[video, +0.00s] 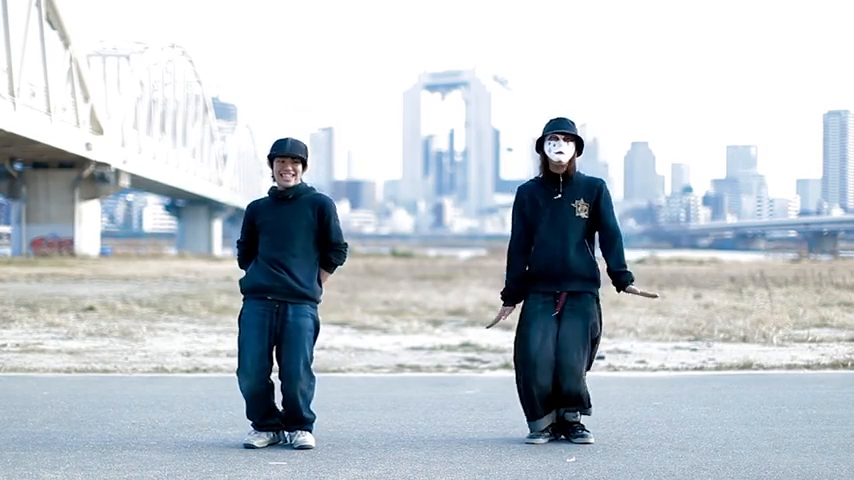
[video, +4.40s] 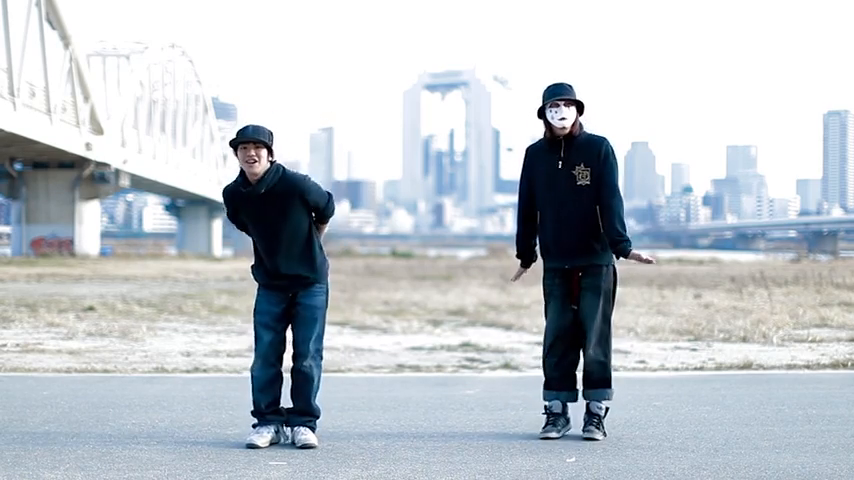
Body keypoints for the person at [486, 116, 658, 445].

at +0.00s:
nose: (559, 146)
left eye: (566, 141)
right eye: (553, 141)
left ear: (576, 148)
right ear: (543, 147)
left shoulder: (593, 188)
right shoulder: (527, 192)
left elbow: (610, 236)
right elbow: (518, 245)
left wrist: (621, 277)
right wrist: (510, 293)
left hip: (580, 288)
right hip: (539, 289)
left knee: (572, 354)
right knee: (534, 354)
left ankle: (571, 420)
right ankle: (544, 424)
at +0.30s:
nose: (535, 108)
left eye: (543, 106)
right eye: (530, 103)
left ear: (554, 117)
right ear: (520, 111)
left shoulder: (562, 150)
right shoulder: (515, 157)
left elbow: (593, 195)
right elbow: (522, 212)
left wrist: (631, 235)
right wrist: (539, 255)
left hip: (590, 253)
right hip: (554, 256)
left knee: (586, 327)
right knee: (551, 326)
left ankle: (585, 407)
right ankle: (550, 408)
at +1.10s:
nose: (581, 114)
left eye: (587, 109)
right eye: (575, 109)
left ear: (597, 115)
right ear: (565, 115)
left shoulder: (601, 163)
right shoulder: (546, 150)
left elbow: (600, 218)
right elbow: (523, 199)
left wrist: (597, 264)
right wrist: (503, 248)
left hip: (578, 260)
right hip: (538, 258)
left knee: (578, 338)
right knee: (543, 338)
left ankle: (583, 415)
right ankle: (549, 416)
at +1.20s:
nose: (591, 112)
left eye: (596, 107)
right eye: (583, 108)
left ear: (606, 113)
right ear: (573, 115)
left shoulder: (604, 161)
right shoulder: (557, 150)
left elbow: (588, 210)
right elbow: (528, 195)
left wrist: (574, 246)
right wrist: (496, 235)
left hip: (572, 257)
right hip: (535, 255)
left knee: (575, 329)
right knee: (535, 331)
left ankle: (583, 407)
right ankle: (545, 412)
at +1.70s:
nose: (574, 119)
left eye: (581, 114)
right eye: (569, 112)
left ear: (590, 122)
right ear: (558, 116)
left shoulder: (598, 162)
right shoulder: (536, 155)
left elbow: (608, 218)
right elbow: (519, 208)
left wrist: (618, 266)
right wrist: (514, 256)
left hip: (587, 265)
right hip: (546, 264)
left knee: (585, 341)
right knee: (546, 339)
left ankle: (585, 415)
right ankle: (547, 417)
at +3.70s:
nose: (576, 141)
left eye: (583, 136)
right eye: (570, 135)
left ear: (591, 143)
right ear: (560, 140)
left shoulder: (604, 188)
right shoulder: (540, 183)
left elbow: (615, 242)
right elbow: (526, 237)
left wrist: (622, 290)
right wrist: (523, 287)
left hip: (594, 284)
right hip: (551, 282)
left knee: (590, 349)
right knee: (555, 348)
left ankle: (580, 416)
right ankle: (548, 417)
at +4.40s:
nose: (560, 113)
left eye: (566, 106)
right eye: (553, 107)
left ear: (577, 110)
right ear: (544, 113)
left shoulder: (598, 148)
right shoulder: (535, 153)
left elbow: (611, 199)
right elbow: (527, 206)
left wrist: (623, 247)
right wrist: (525, 252)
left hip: (594, 256)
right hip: (555, 258)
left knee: (594, 334)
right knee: (556, 333)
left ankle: (595, 414)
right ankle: (556, 412)